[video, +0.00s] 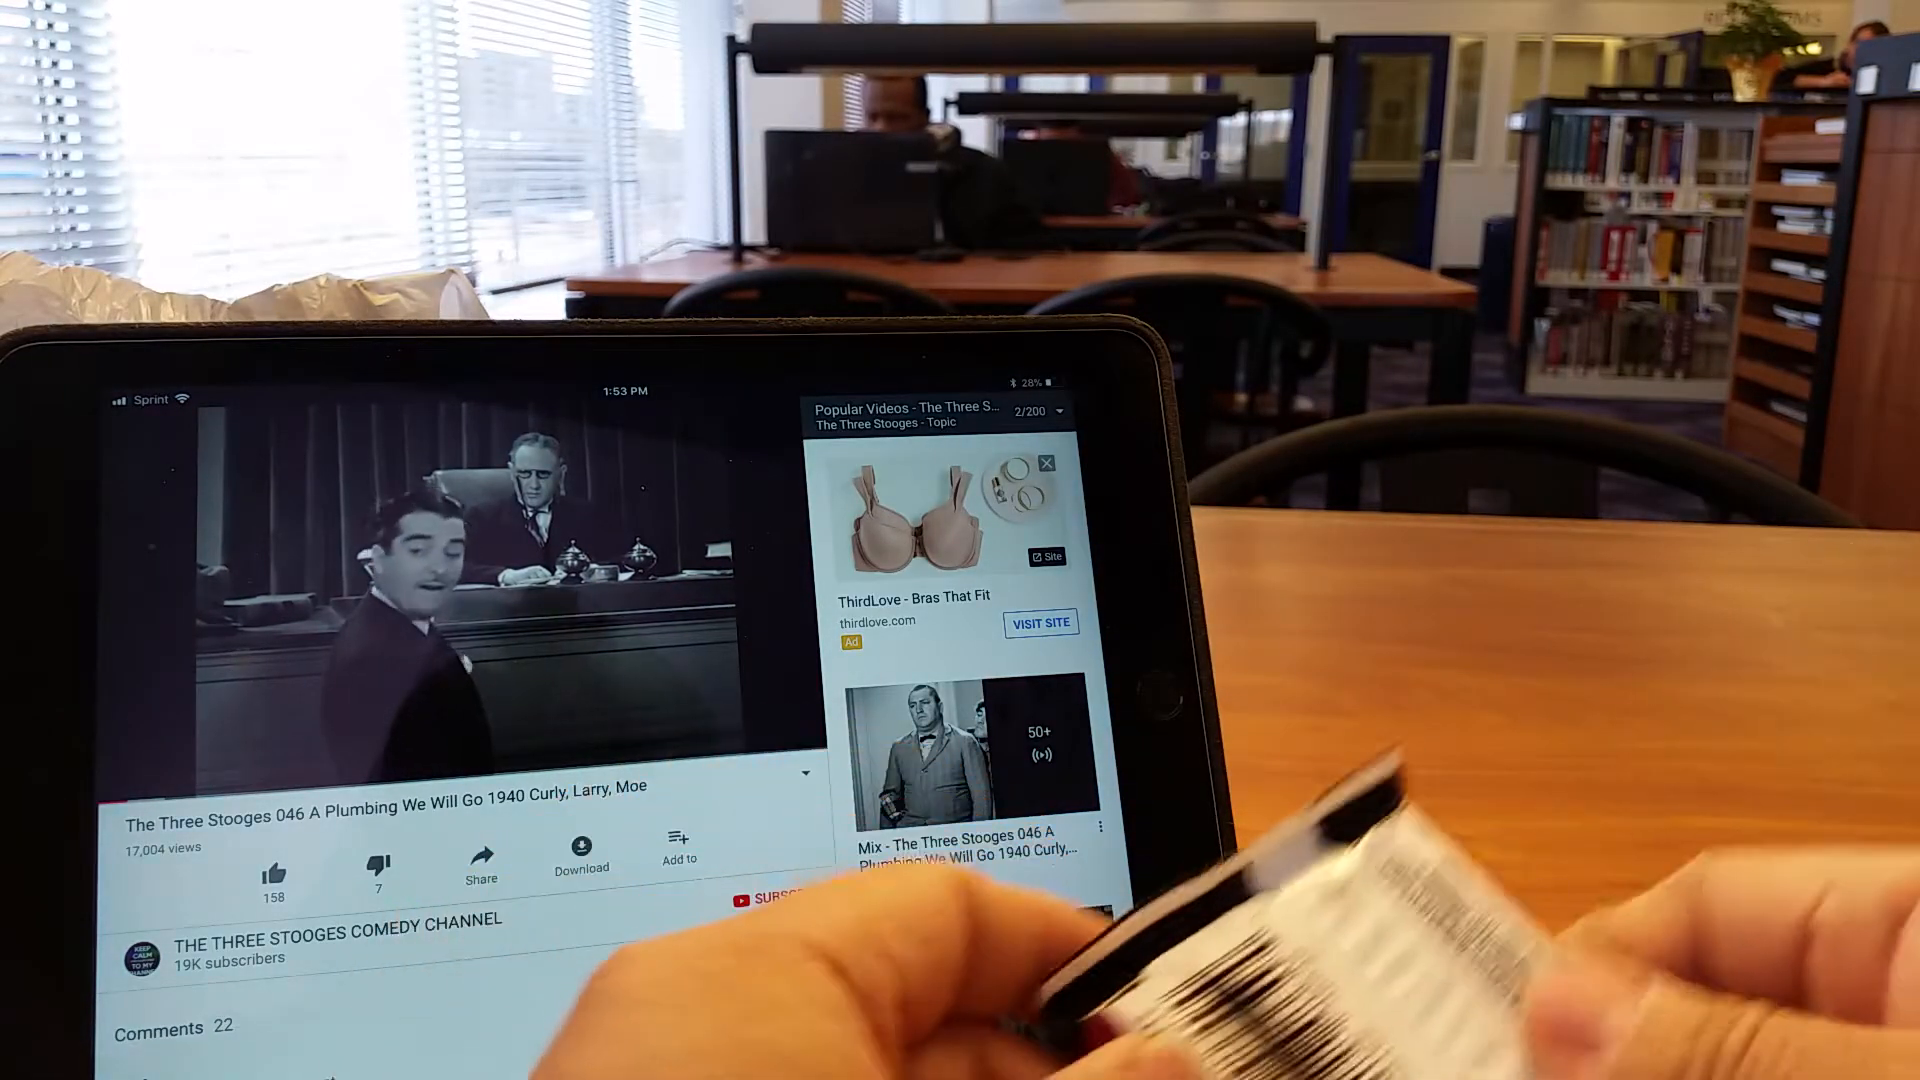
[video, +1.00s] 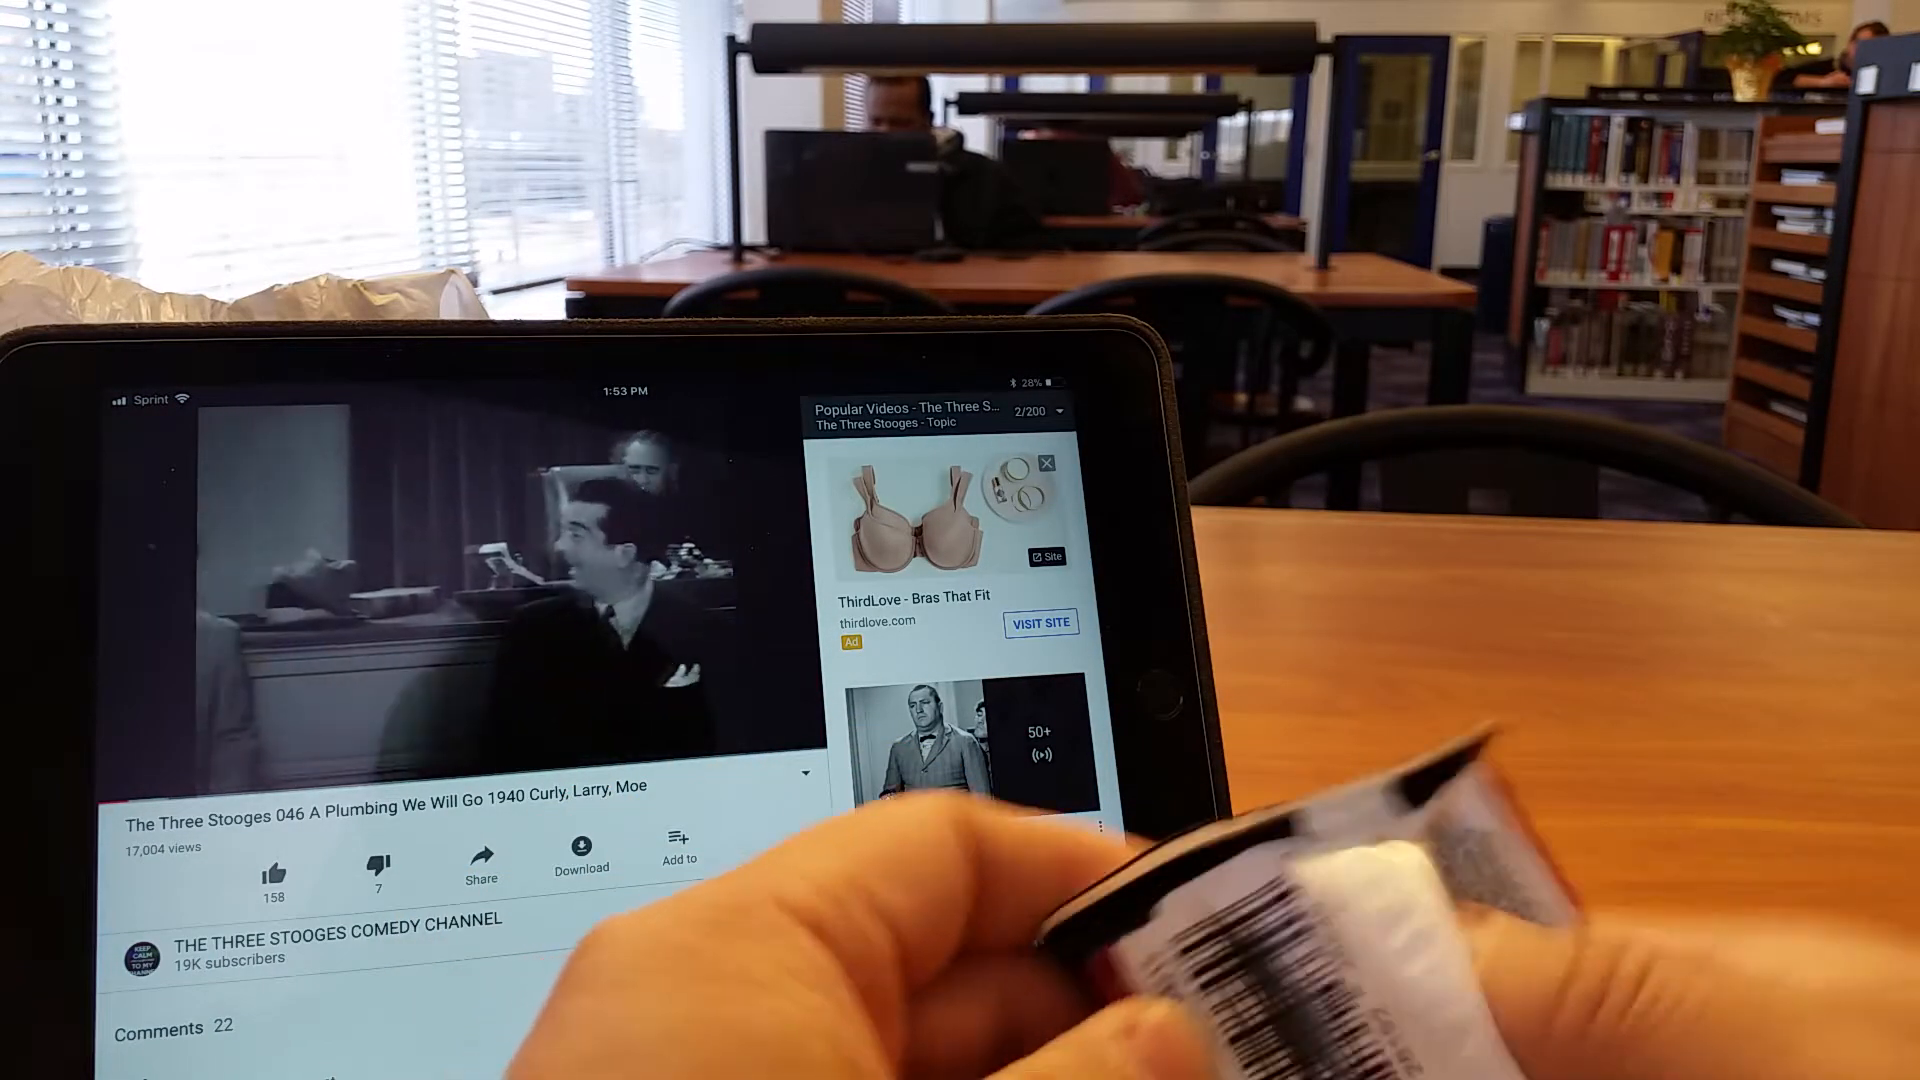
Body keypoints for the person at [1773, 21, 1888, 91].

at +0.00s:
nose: (1860, 51)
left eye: (1868, 46)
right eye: (1858, 43)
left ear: (1880, 51)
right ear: (1849, 44)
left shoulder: (1884, 78)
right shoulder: (1828, 68)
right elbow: (1780, 80)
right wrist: (1825, 82)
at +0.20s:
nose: (1860, 51)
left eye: (1868, 46)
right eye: (1858, 43)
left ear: (1880, 51)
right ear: (1849, 44)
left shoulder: (1884, 78)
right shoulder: (1829, 68)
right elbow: (1780, 80)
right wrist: (1825, 82)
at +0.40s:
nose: (1860, 50)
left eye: (1868, 45)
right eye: (1857, 43)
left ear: (1880, 50)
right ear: (1849, 44)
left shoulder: (1884, 78)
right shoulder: (1828, 68)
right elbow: (1780, 80)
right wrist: (1824, 82)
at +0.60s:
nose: (1859, 50)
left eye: (1867, 45)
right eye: (1857, 43)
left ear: (1880, 50)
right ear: (1849, 44)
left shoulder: (1884, 78)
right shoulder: (1829, 68)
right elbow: (1781, 80)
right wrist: (1825, 82)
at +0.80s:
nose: (1860, 50)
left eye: (1868, 45)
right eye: (1857, 43)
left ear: (1880, 50)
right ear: (1849, 44)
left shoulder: (1884, 78)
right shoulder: (1829, 68)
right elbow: (1781, 80)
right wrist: (1824, 82)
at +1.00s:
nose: (1860, 50)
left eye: (1868, 45)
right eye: (1857, 43)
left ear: (1880, 50)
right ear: (1849, 44)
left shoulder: (1884, 78)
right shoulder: (1829, 68)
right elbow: (1780, 80)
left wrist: (1856, 84)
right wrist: (1824, 82)